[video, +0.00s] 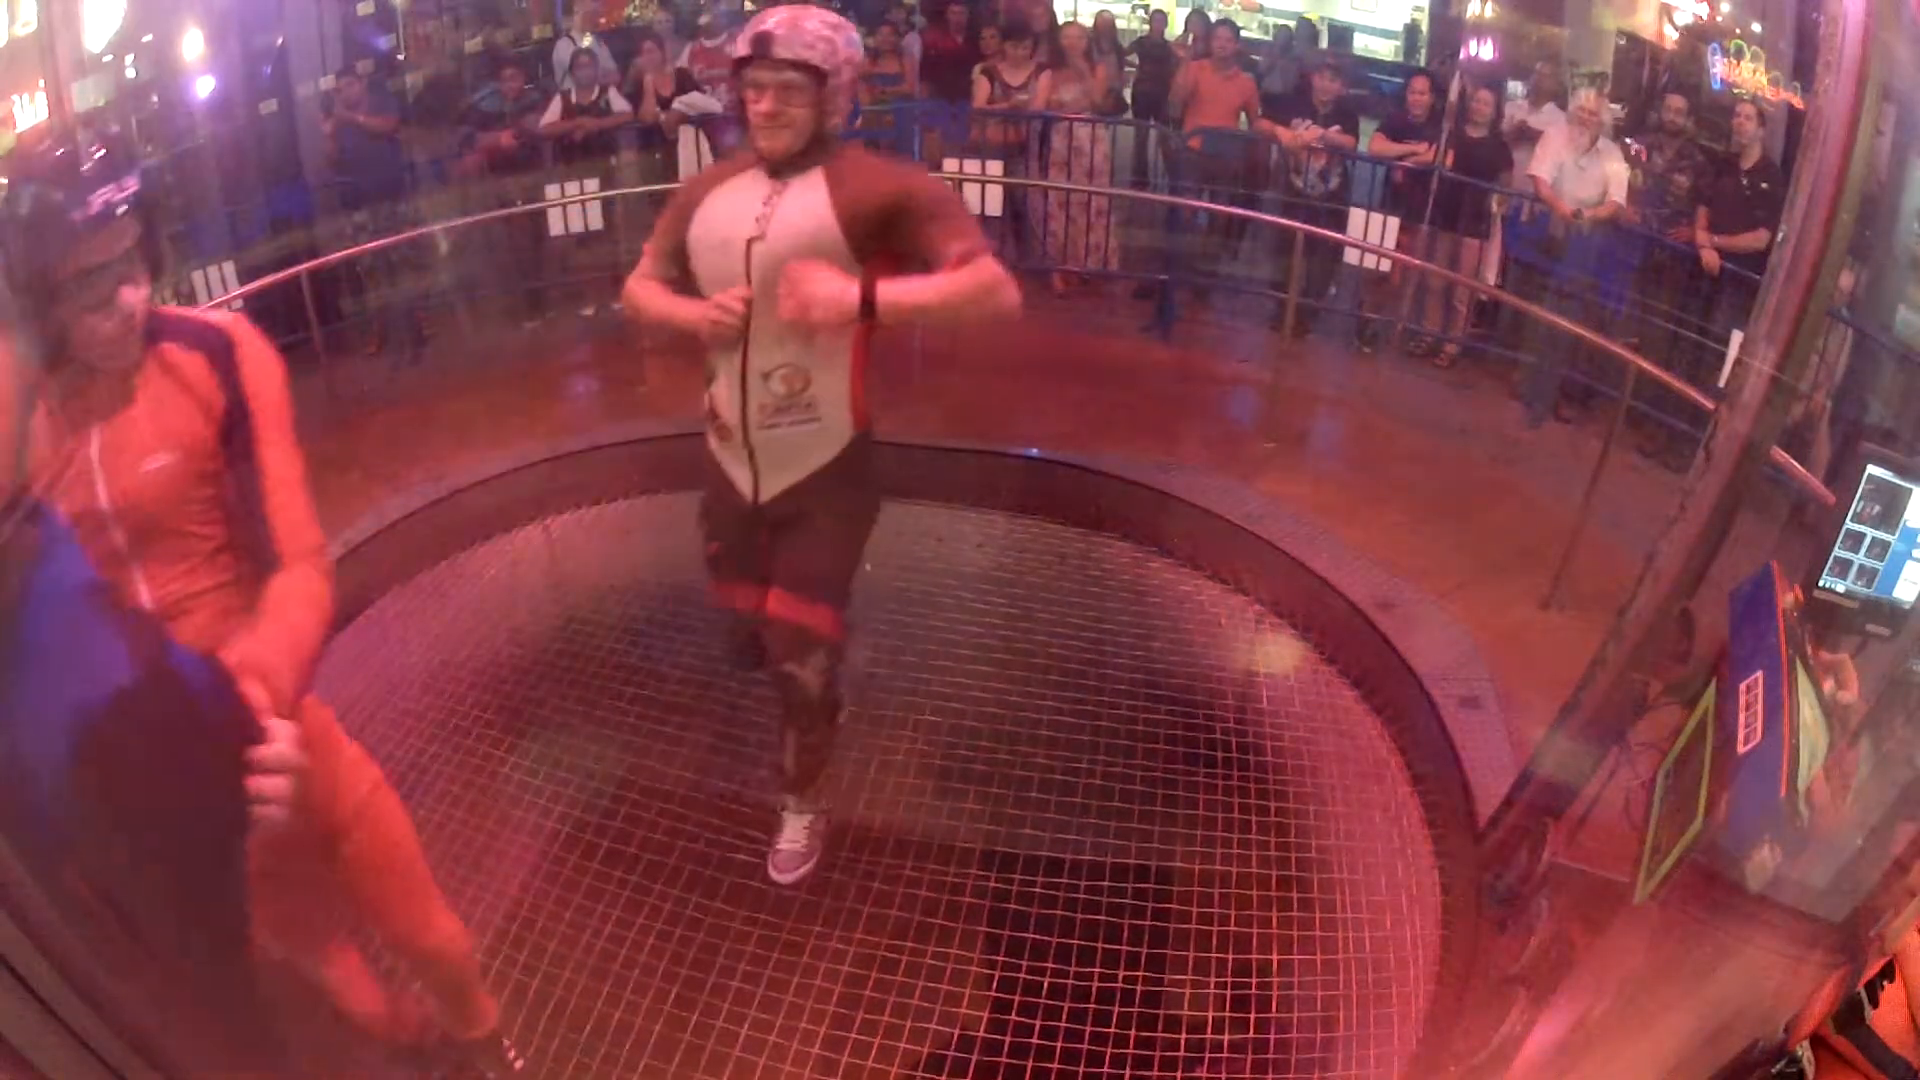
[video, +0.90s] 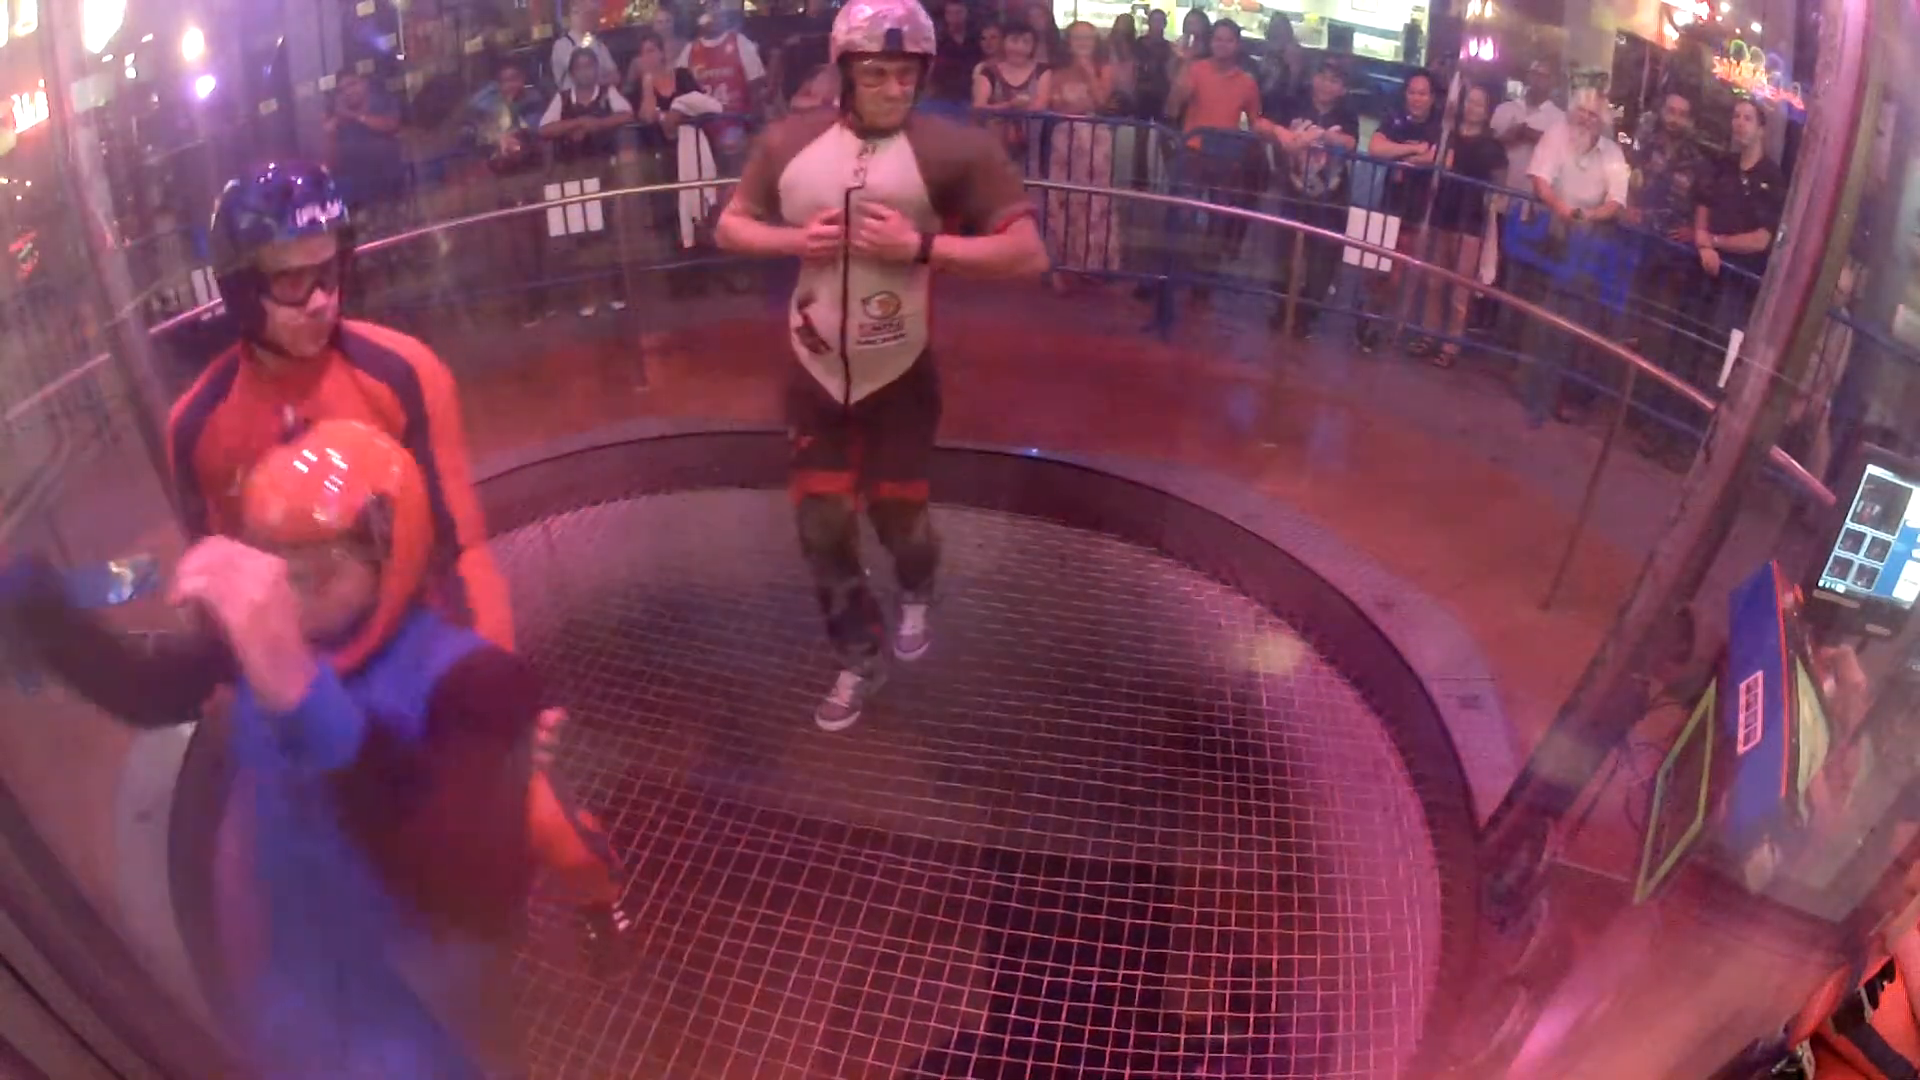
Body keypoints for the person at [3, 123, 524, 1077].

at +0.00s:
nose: (123, 303)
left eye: (130, 271)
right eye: (89, 289)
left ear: (146, 258)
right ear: (34, 304)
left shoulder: (223, 354)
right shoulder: (22, 416)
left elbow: (302, 565)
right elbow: (30, 608)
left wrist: (244, 700)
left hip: (259, 701)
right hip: (124, 729)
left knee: (430, 938)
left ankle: (488, 1046)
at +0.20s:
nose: (186, 283)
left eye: (197, 252)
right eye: (152, 267)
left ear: (216, 239)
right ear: (94, 275)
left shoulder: (284, 352)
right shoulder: (77, 400)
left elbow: (355, 564)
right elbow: (68, 594)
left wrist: (318, 699)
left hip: (306, 670)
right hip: (173, 706)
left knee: (530, 945)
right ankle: (457, 1030)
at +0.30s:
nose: (227, 271)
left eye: (237, 242)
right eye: (195, 255)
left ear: (255, 235)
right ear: (133, 269)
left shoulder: (327, 350)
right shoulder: (127, 397)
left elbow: (390, 562)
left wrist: (353, 694)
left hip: (343, 656)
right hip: (220, 693)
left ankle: (537, 932)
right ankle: (443, 1025)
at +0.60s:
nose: (321, 266)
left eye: (331, 239)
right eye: (291, 251)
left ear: (349, 232)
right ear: (235, 258)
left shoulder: (409, 356)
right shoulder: (183, 395)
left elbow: (445, 544)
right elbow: (187, 548)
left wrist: (430, 681)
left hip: (391, 633)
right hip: (256, 653)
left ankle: (551, 875)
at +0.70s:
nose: (328, 269)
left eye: (339, 243)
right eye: (300, 251)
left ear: (355, 237)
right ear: (243, 258)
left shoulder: (414, 357)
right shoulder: (189, 399)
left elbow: (448, 537)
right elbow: (204, 549)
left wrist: (452, 675)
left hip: (406, 645)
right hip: (267, 658)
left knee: (551, 864)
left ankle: (603, 899)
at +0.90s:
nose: (317, 303)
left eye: (327, 276)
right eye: (291, 286)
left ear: (345, 266)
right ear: (243, 289)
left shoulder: (406, 372)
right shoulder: (196, 426)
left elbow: (464, 542)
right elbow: (220, 576)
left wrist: (501, 683)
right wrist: (240, 685)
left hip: (423, 653)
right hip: (284, 674)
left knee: (553, 835)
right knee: (237, 875)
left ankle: (606, 912)